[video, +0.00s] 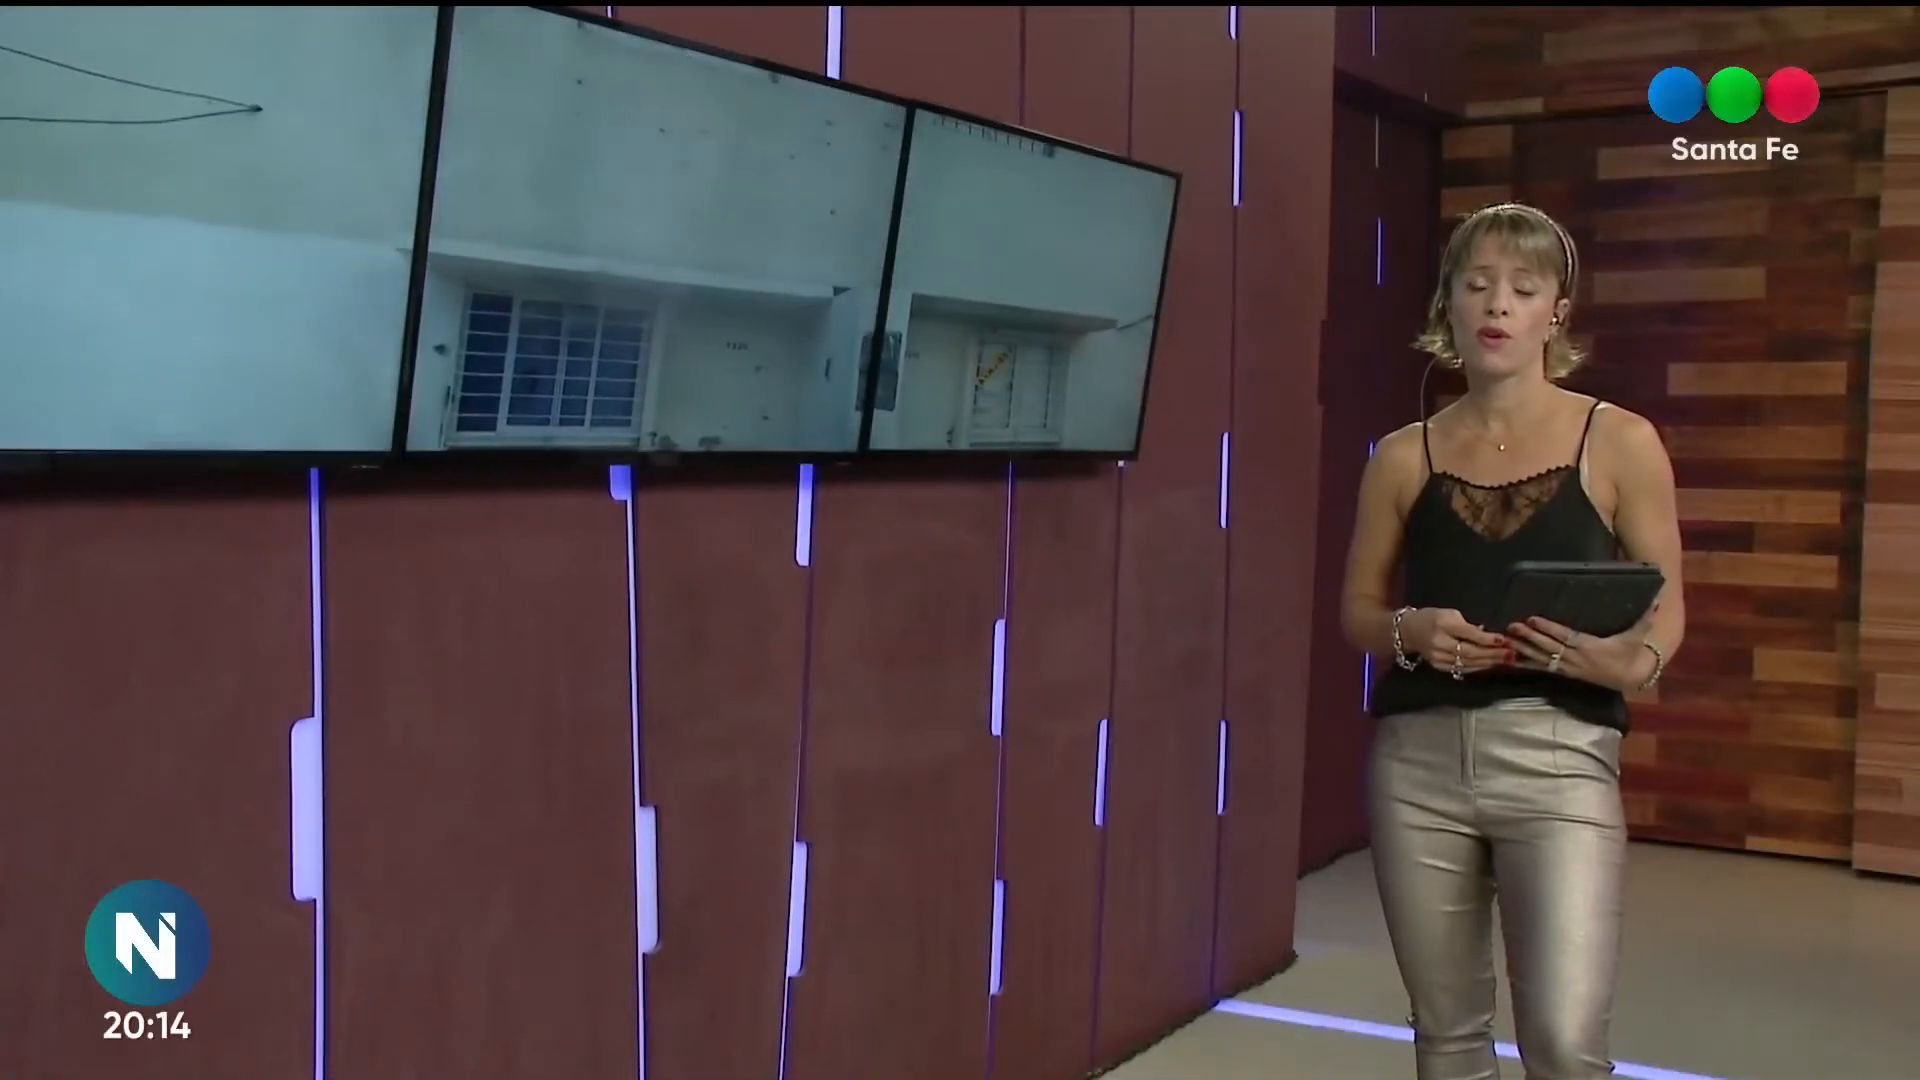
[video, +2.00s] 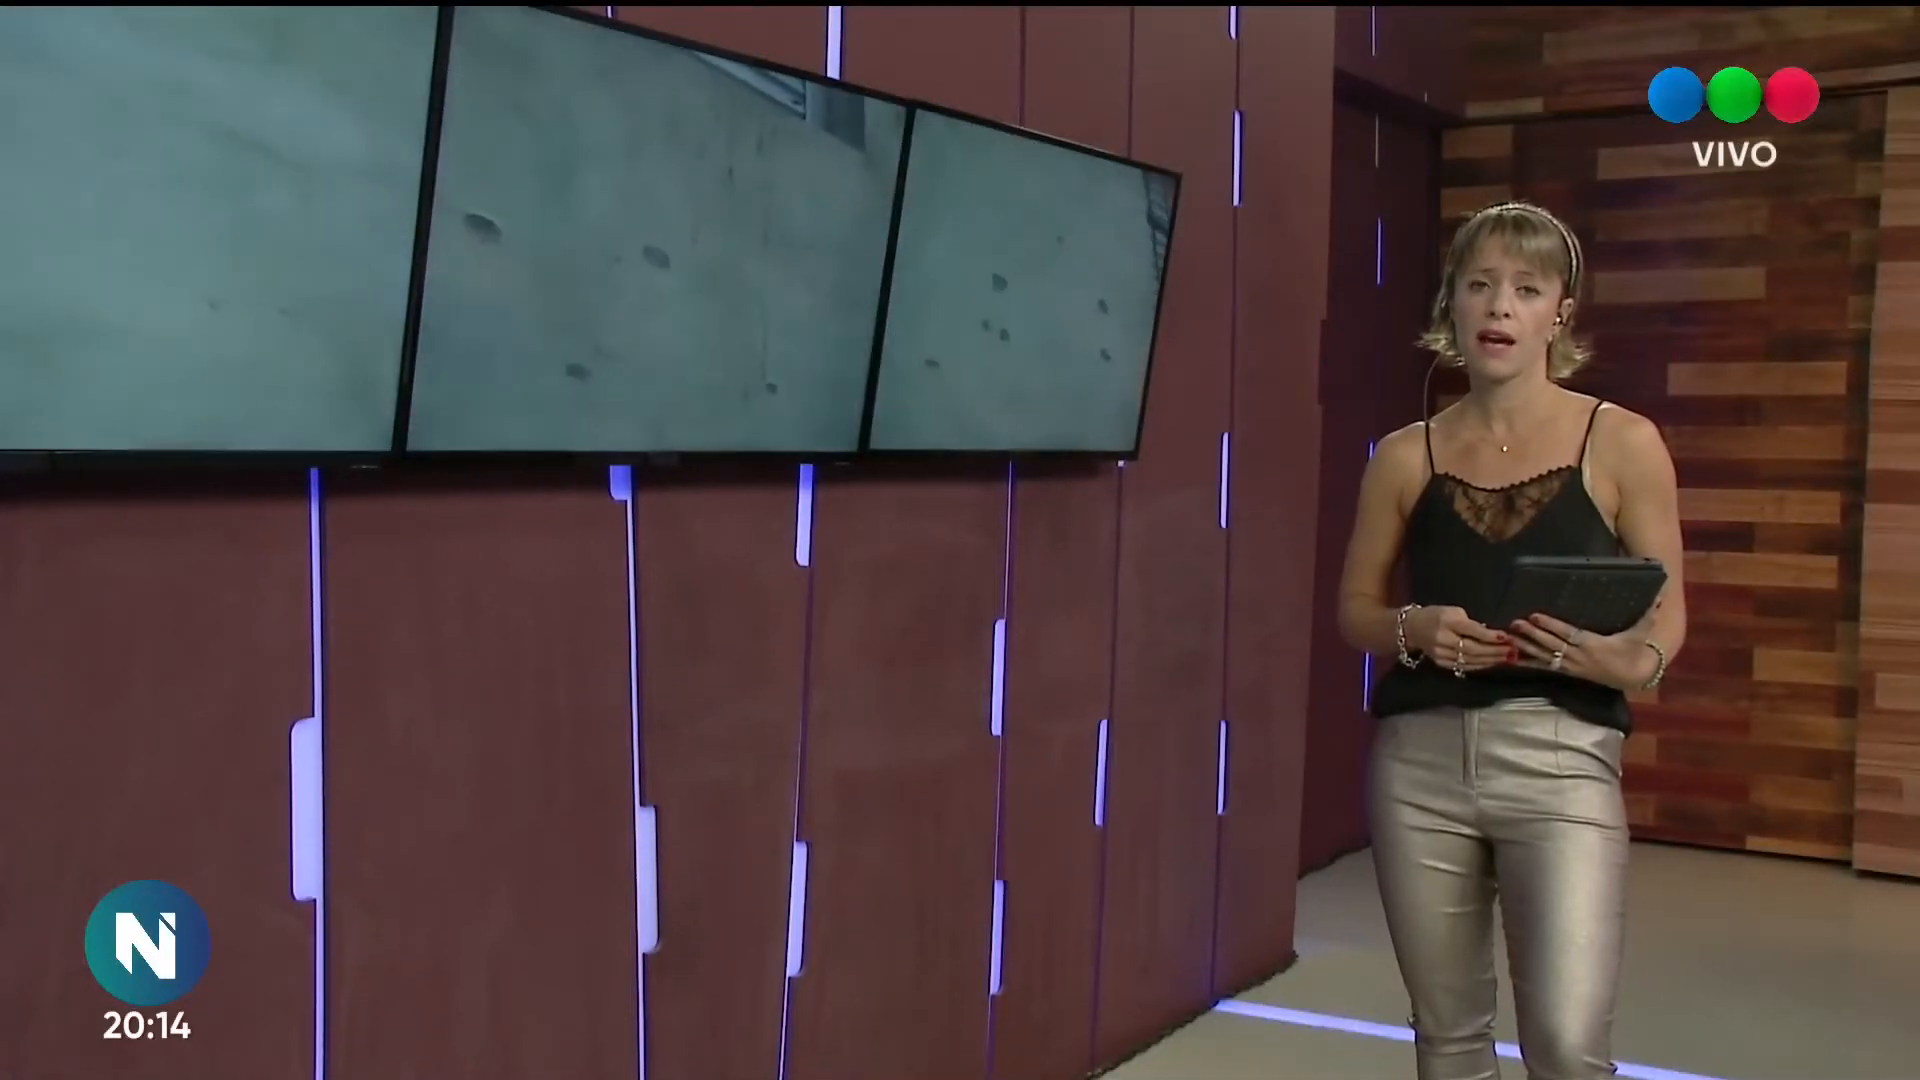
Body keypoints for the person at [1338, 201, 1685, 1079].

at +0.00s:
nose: (1494, 303)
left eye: (1520, 287)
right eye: (1476, 283)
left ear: (1555, 313)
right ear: (1448, 304)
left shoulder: (1620, 443)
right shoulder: (1401, 460)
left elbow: (1663, 604)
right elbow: (1357, 611)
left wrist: (1628, 664)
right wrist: (1405, 631)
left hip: (1557, 766)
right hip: (1416, 767)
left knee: (1563, 1048)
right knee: (1447, 1039)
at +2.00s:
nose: (1497, 305)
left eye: (1524, 288)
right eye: (1479, 284)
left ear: (1559, 313)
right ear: (1451, 305)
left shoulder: (1623, 444)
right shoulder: (1403, 459)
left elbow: (1665, 614)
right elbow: (1354, 611)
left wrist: (1627, 663)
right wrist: (1410, 629)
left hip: (1560, 768)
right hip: (1418, 768)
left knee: (1566, 1049)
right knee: (1447, 1041)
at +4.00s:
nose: (1490, 304)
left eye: (1517, 288)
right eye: (1471, 283)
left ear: (1552, 314)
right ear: (1443, 305)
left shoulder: (1617, 442)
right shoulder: (1398, 459)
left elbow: (1662, 605)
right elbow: (1352, 614)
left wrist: (1628, 662)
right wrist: (1407, 629)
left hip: (1557, 767)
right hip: (1415, 768)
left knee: (1562, 1049)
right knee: (1445, 1041)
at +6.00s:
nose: (1496, 296)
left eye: (1523, 280)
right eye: (1477, 278)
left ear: (1560, 310)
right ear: (1451, 304)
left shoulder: (1626, 441)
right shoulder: (1406, 457)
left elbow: (1672, 609)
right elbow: (1360, 613)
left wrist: (1632, 665)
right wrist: (1421, 624)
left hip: (1570, 771)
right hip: (1426, 771)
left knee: (1573, 1051)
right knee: (1452, 1042)